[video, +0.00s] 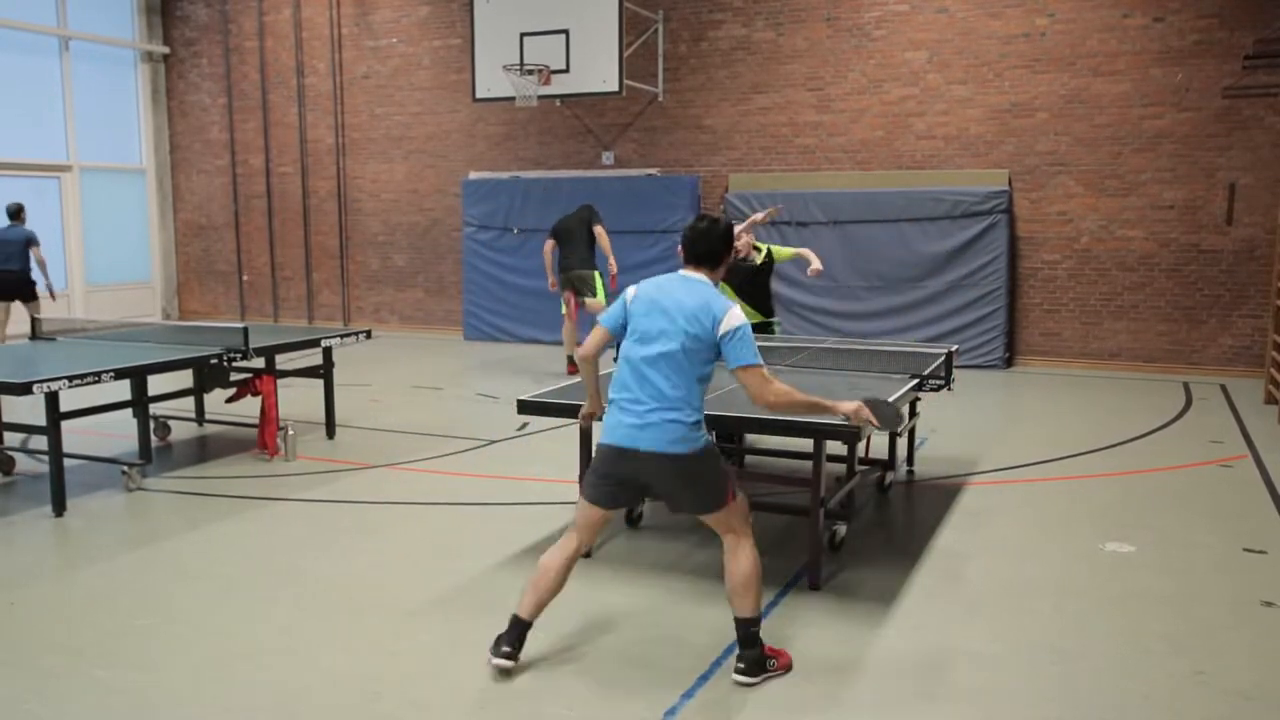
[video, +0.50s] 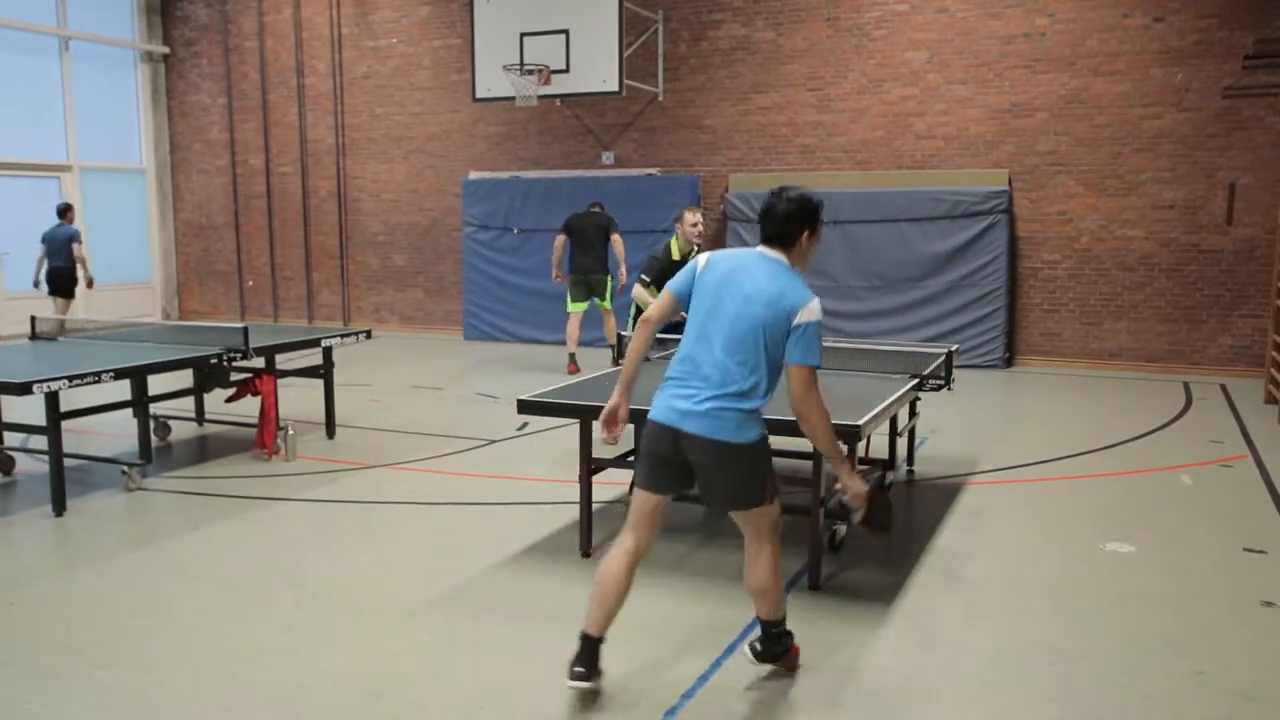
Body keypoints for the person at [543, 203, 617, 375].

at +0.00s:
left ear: (574, 212)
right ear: (589, 210)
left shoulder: (559, 223)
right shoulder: (589, 212)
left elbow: (547, 249)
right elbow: (599, 232)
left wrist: (550, 276)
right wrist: (610, 257)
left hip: (565, 271)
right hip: (587, 269)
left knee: (569, 317)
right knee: (600, 307)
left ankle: (570, 359)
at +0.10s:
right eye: (594, 211)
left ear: (576, 208)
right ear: (590, 208)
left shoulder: (561, 220)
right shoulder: (590, 212)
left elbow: (547, 247)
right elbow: (599, 232)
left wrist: (552, 274)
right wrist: (611, 257)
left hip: (567, 271)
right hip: (589, 268)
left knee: (570, 319)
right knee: (606, 308)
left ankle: (570, 360)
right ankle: (581, 286)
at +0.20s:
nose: (596, 213)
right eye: (595, 209)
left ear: (577, 207)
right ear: (591, 207)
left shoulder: (562, 219)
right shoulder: (592, 213)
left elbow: (549, 245)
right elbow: (601, 231)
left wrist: (553, 272)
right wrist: (612, 257)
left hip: (568, 273)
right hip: (590, 269)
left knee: (570, 318)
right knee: (606, 305)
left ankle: (570, 360)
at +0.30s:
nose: (595, 211)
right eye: (595, 208)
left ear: (579, 206)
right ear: (594, 207)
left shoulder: (564, 219)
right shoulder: (596, 215)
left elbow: (552, 244)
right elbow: (604, 232)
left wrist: (555, 271)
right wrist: (615, 259)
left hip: (570, 274)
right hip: (593, 272)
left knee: (571, 317)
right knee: (600, 316)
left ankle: (570, 360)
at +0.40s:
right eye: (597, 209)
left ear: (582, 207)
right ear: (597, 208)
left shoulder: (567, 219)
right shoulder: (601, 217)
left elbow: (554, 244)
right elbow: (610, 238)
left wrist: (555, 270)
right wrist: (618, 264)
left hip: (573, 274)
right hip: (596, 273)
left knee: (572, 317)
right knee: (605, 314)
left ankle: (570, 359)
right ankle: (613, 353)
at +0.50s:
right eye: (602, 211)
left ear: (588, 209)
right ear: (602, 211)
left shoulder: (573, 219)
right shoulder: (607, 220)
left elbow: (559, 242)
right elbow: (616, 240)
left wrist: (555, 268)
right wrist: (622, 266)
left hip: (577, 274)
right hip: (600, 274)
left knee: (574, 316)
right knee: (608, 313)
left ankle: (571, 359)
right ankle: (615, 354)